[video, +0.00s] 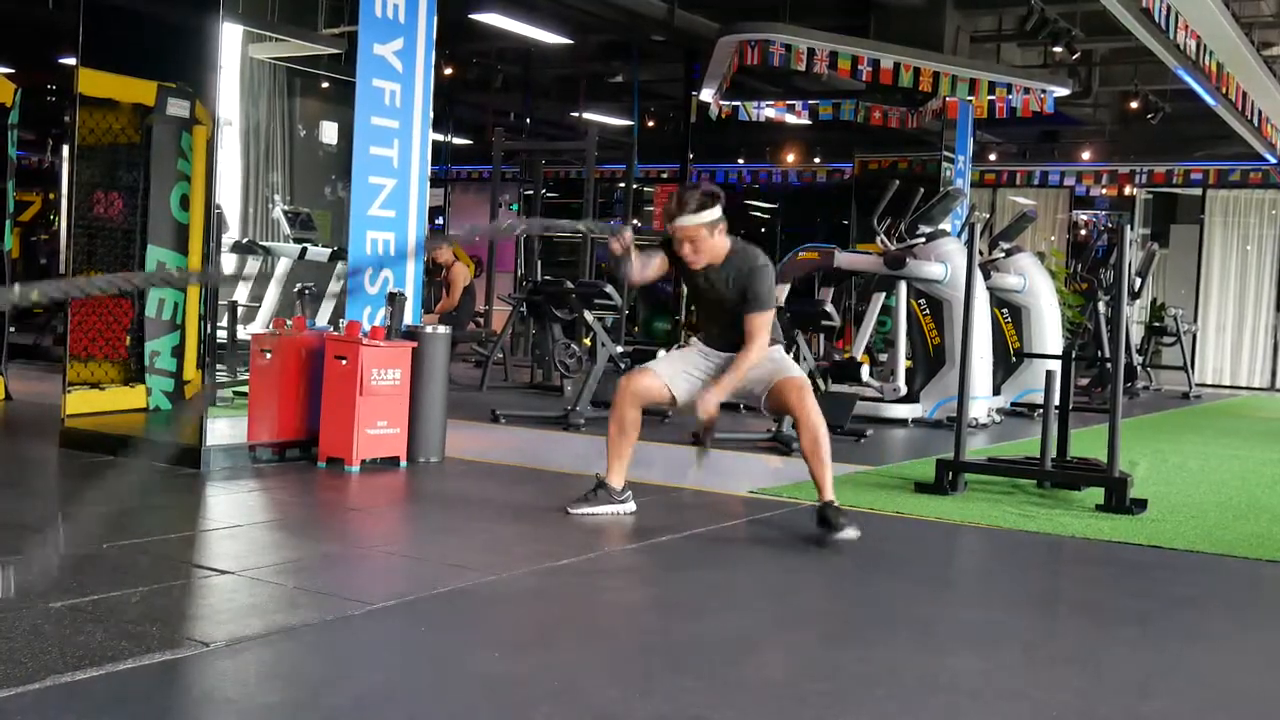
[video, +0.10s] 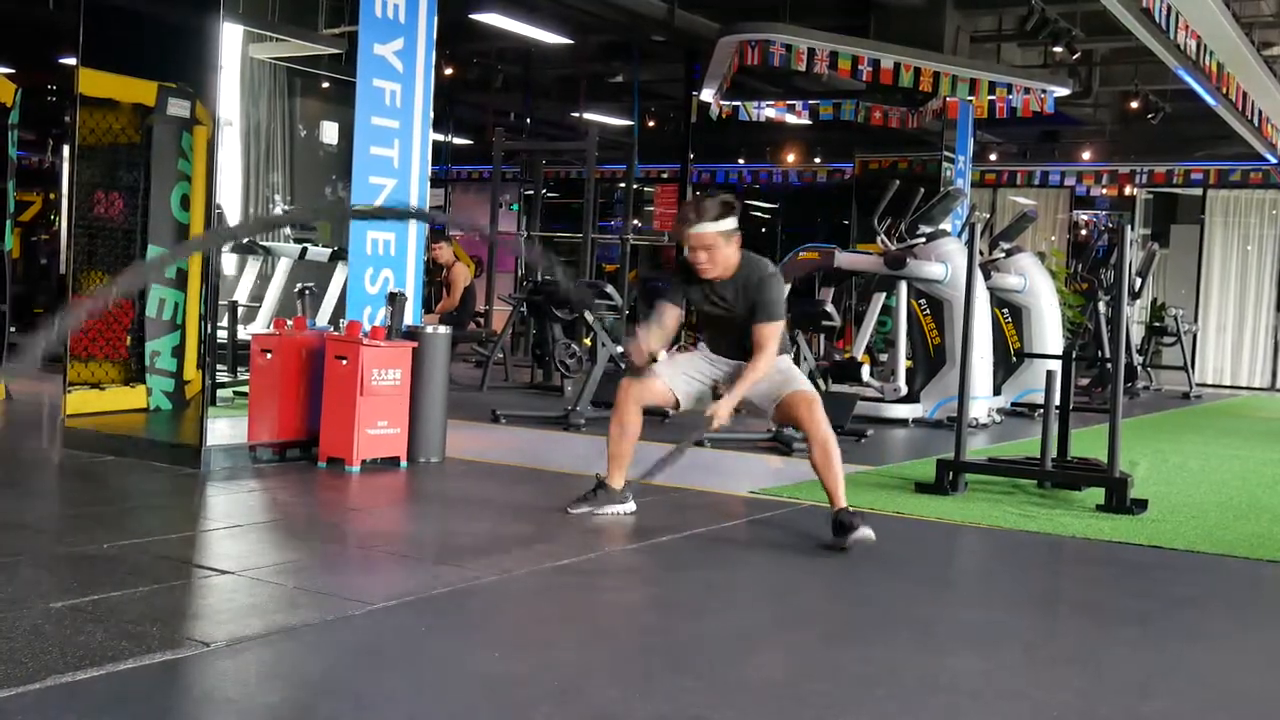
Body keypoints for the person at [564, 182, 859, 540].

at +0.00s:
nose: (684, 251)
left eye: (693, 242)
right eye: (679, 242)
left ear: (718, 232)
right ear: (673, 236)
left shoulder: (754, 264)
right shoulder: (680, 252)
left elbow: (758, 344)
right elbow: (638, 275)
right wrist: (625, 255)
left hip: (757, 359)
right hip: (703, 355)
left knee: (801, 393)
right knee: (631, 387)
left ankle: (828, 505)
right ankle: (614, 489)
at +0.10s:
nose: (696, 258)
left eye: (706, 248)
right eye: (690, 249)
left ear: (734, 243)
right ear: (684, 247)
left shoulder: (763, 277)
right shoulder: (688, 277)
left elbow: (766, 352)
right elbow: (663, 325)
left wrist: (731, 398)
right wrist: (644, 344)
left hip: (764, 367)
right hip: (708, 362)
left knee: (811, 410)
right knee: (630, 389)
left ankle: (842, 513)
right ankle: (613, 490)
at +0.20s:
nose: (737, 254)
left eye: (747, 244)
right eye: (730, 245)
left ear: (774, 239)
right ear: (722, 242)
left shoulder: (800, 271)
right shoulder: (717, 280)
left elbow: (795, 330)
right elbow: (698, 343)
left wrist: (748, 338)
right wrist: (690, 395)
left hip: (787, 379)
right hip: (725, 381)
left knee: (832, 403)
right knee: (650, 395)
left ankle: (849, 518)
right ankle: (616, 487)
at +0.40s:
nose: (790, 244)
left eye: (799, 234)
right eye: (785, 235)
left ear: (827, 222)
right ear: (777, 229)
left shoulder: (860, 257)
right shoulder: (781, 251)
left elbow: (855, 329)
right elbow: (740, 270)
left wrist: (800, 335)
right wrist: (714, 269)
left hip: (854, 364)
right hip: (793, 364)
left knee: (880, 399)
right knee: (725, 387)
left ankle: (867, 517)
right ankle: (725, 496)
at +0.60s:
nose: (822, 245)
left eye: (832, 235)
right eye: (815, 236)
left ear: (860, 226)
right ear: (808, 233)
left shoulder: (890, 264)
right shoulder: (811, 271)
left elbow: (904, 335)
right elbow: (791, 328)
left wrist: (867, 383)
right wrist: (769, 363)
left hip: (896, 368)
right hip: (841, 366)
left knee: (932, 416)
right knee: (756, 403)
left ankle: (967, 533)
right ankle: (761, 506)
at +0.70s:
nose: (862, 243)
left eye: (871, 233)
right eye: (855, 234)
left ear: (899, 224)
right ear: (848, 232)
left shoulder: (931, 249)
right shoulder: (854, 273)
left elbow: (917, 290)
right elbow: (822, 337)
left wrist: (860, 291)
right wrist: (810, 393)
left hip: (933, 378)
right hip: (872, 376)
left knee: (969, 415)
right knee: (785, 404)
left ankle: (973, 538)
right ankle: (762, 507)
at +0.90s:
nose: (895, 247)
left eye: (903, 237)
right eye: (890, 238)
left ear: (934, 224)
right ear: (885, 232)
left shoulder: (973, 251)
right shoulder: (898, 250)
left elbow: (980, 332)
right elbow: (860, 257)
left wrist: (936, 356)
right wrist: (832, 255)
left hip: (981, 362)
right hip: (922, 364)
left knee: (1013, 403)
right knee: (844, 406)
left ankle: (1019, 527)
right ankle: (841, 520)